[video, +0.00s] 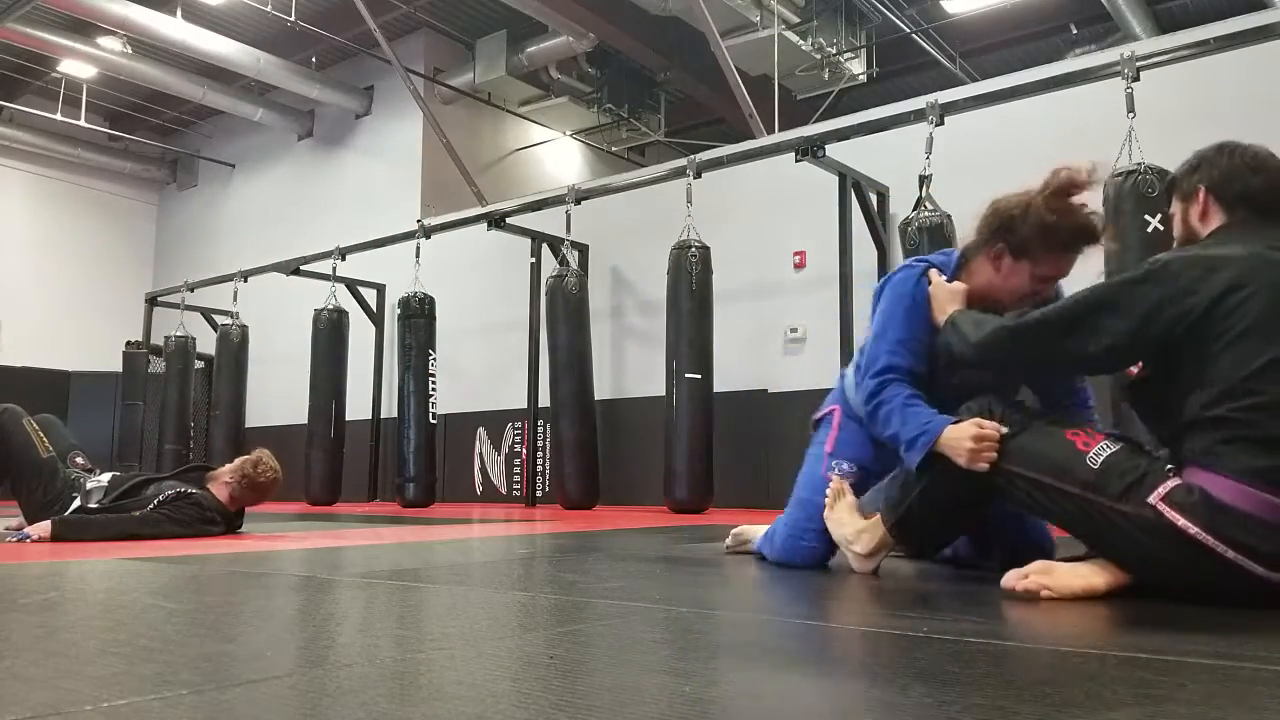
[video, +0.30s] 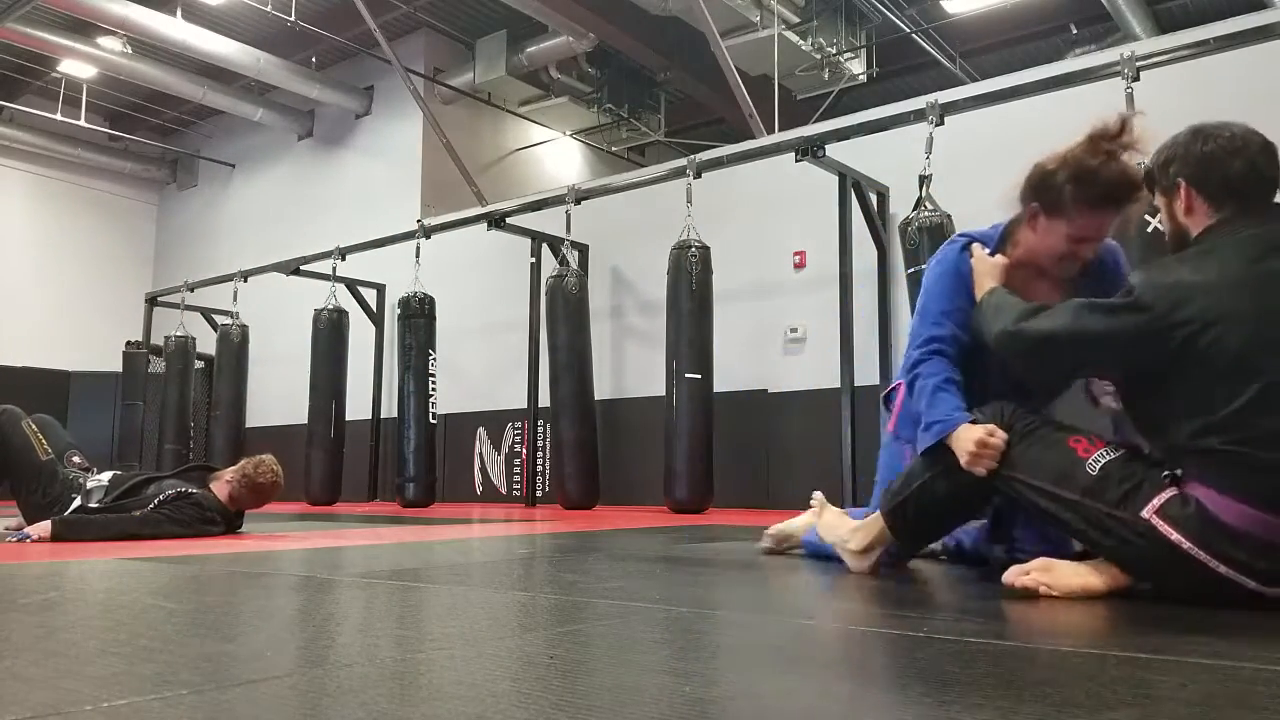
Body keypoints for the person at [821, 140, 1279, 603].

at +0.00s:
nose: (1171, 232)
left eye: (1175, 218)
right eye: (1172, 219)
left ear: (1204, 205)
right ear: (1267, 209)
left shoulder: (1198, 271)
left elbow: (1044, 334)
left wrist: (953, 318)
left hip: (1216, 532)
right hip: (1272, 554)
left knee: (994, 432)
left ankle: (873, 533)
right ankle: (1112, 564)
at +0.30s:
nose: (1159, 222)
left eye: (1163, 208)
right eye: (1158, 211)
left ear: (1189, 201)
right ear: (1264, 194)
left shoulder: (1178, 288)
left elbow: (1027, 348)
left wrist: (989, 293)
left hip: (1208, 542)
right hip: (1269, 556)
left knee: (1002, 430)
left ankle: (865, 537)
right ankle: (1110, 564)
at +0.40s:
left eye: (1163, 203)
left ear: (1190, 197)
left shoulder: (1176, 286)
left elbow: (1029, 335)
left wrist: (992, 284)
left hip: (1214, 546)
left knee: (1006, 430)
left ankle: (865, 534)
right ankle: (1104, 561)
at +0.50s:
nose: (1160, 222)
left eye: (1165, 207)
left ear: (1189, 204)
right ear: (1268, 195)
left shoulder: (1176, 290)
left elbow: (1025, 342)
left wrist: (989, 293)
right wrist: (1119, 434)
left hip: (1208, 553)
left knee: (1003, 433)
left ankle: (864, 534)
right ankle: (1099, 563)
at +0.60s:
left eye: (1166, 207)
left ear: (1189, 205)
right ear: (1271, 194)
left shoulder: (1175, 294)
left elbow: (1011, 363)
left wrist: (985, 328)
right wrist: (1121, 438)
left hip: (1218, 556)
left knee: (983, 442)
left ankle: (860, 538)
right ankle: (1073, 551)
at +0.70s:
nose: (1081, 334)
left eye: (1093, 319)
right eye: (1068, 318)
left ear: (1107, 308)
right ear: (1026, 299)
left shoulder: (1102, 351)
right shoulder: (966, 328)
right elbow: (911, 414)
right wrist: (928, 465)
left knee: (1089, 555)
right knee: (982, 554)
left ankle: (1050, 548)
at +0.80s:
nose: (1093, 341)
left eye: (1105, 328)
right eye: (1080, 329)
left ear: (1121, 316)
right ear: (1042, 312)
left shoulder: (1116, 354)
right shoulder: (986, 331)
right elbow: (922, 412)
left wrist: (1135, 435)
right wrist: (939, 456)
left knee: (1115, 552)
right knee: (985, 553)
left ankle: (1052, 546)